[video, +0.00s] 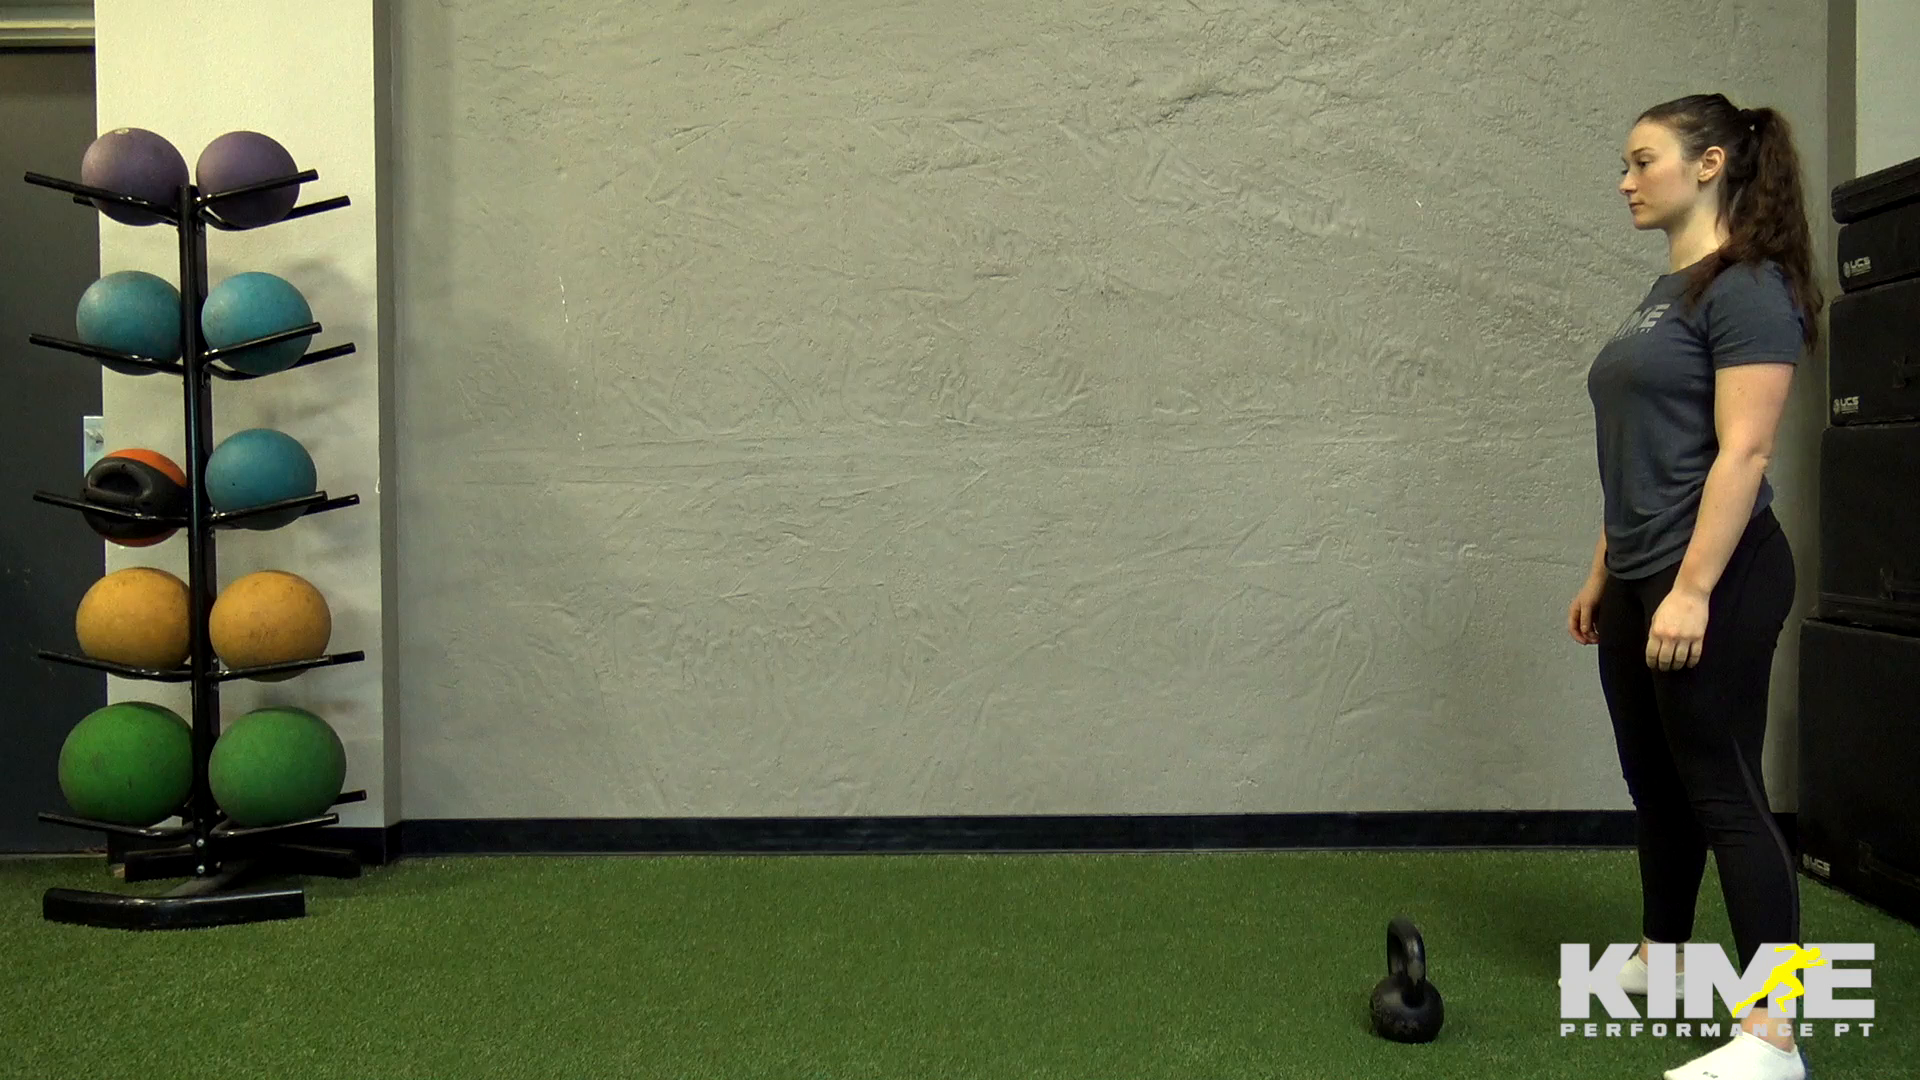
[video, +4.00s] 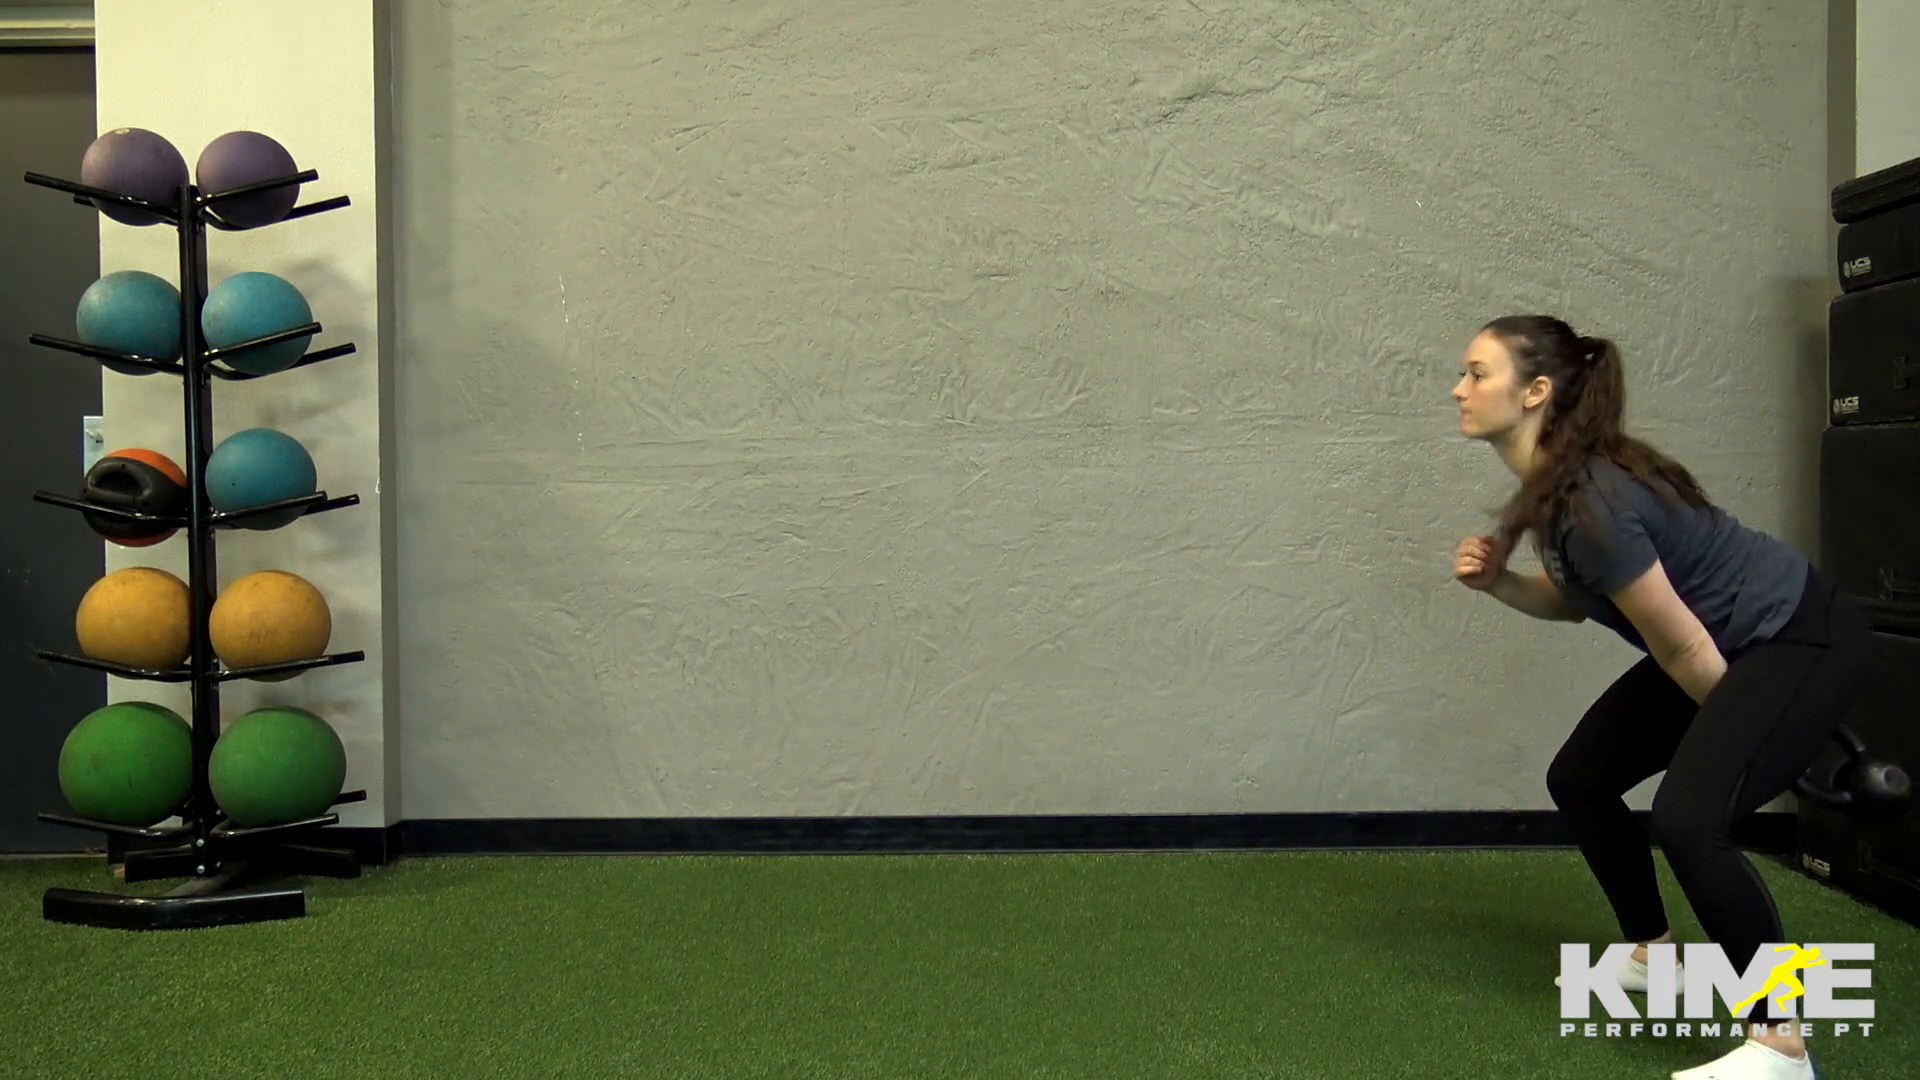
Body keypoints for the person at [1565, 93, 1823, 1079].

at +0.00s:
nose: (1627, 182)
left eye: (1643, 163)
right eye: (1628, 165)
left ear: (1710, 165)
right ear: (1695, 169)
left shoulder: (1746, 288)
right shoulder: (1670, 288)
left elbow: (1746, 453)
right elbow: (1644, 455)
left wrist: (1692, 587)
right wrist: (1603, 570)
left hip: (1719, 572)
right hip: (1642, 575)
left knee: (1726, 796)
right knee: (1660, 790)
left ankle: (1773, 1030)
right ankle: (1660, 975)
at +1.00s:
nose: (1463, 411)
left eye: (1464, 390)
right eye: (1454, 396)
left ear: (1516, 358)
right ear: (1514, 360)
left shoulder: (1613, 434)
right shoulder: (1578, 428)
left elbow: (1575, 611)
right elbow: (1611, 537)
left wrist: (1503, 742)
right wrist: (1555, 592)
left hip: (1823, 603)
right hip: (1740, 608)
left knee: (1699, 800)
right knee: (1620, 766)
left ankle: (1780, 1034)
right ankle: (1657, 961)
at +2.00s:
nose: (1430, 568)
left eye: (1433, 548)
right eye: (1422, 552)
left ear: (1489, 523)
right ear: (1491, 523)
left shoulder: (1576, 603)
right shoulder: (1557, 562)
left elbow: (1537, 795)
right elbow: (1585, 708)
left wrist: (1493, 920)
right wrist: (1514, 681)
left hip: (1837, 668)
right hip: (1760, 662)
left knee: (1678, 813)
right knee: (1589, 773)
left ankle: (1777, 1038)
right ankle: (1656, 957)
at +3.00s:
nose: (1432, 556)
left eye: (1437, 535)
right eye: (1425, 539)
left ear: (1496, 515)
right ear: (1495, 517)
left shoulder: (1596, 599)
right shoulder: (1558, 575)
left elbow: (1554, 785)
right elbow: (1566, 714)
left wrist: (1497, 909)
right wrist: (1499, 672)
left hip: (1839, 671)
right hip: (1762, 668)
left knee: (1679, 815)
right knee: (1588, 775)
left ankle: (1778, 1038)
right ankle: (1654, 955)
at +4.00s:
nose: (1459, 389)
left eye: (1475, 375)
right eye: (1462, 375)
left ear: (1535, 393)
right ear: (1529, 395)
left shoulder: (1591, 502)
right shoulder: (1556, 491)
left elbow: (1686, 646)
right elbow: (1578, 601)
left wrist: (1746, 734)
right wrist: (1498, 581)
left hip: (1805, 637)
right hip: (1730, 639)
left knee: (1687, 819)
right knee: (1580, 778)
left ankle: (1782, 1037)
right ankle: (1655, 960)